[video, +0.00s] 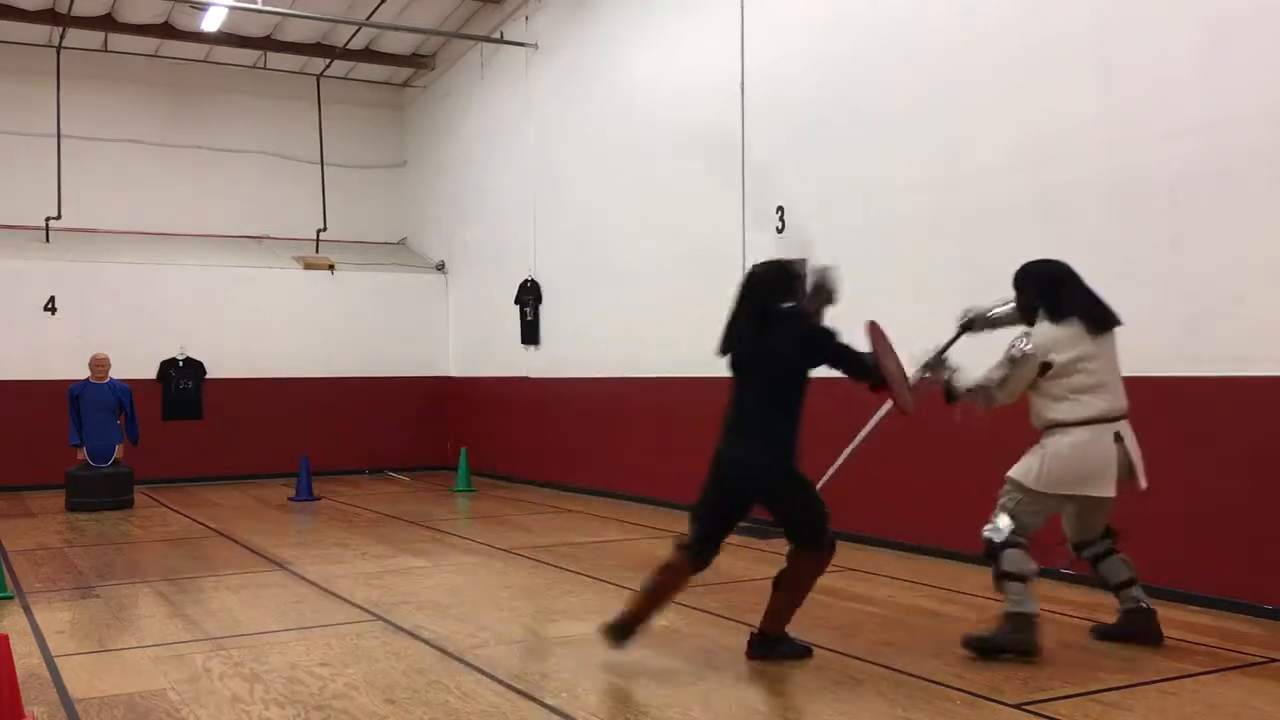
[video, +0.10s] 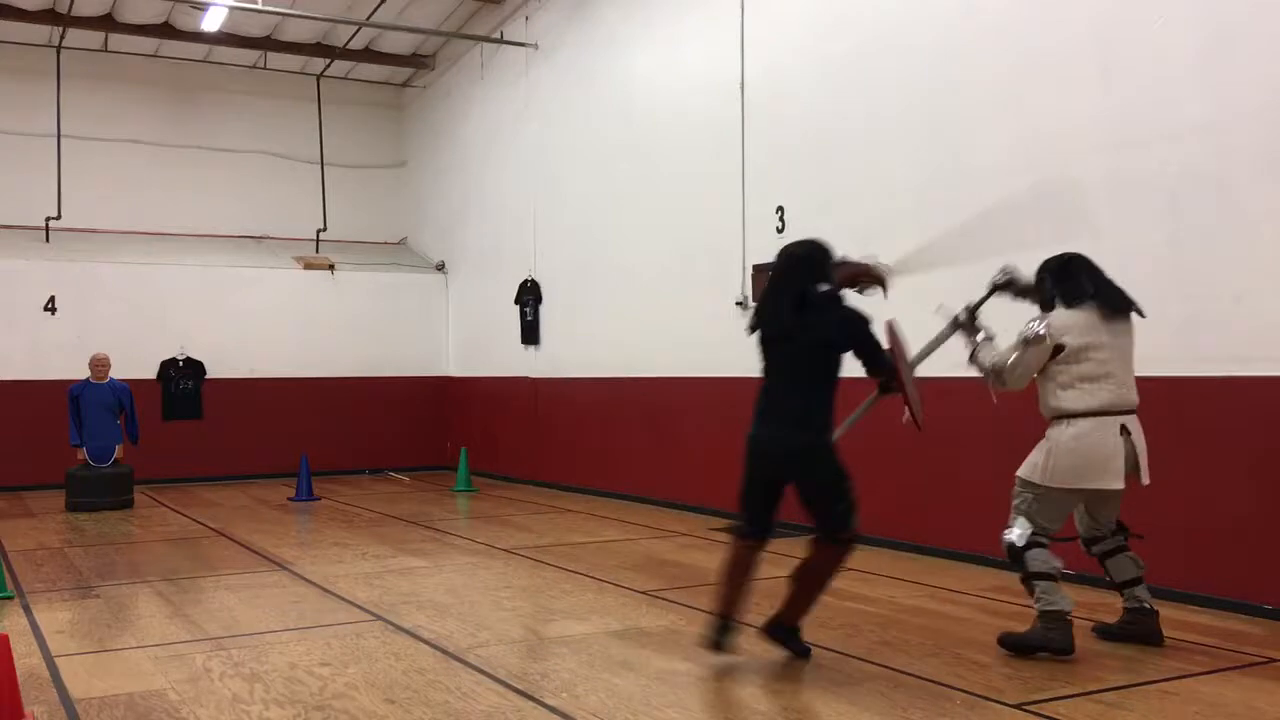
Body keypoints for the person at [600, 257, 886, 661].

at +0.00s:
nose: (805, 297)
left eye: (801, 288)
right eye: (800, 290)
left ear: (755, 296)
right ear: (793, 296)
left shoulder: (745, 331)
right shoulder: (804, 332)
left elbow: (790, 342)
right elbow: (861, 367)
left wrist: (813, 309)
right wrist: (886, 372)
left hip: (731, 460)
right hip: (772, 465)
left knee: (697, 549)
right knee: (815, 546)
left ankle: (628, 621)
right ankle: (769, 636)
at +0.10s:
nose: (836, 273)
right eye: (831, 267)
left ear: (785, 272)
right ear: (825, 274)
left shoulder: (773, 306)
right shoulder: (841, 315)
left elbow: (800, 283)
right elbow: (880, 367)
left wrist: (842, 276)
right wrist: (888, 378)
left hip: (764, 439)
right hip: (810, 443)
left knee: (750, 531)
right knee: (838, 535)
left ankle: (722, 621)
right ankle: (786, 621)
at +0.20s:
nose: (870, 271)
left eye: (867, 264)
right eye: (867, 264)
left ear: (821, 263)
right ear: (860, 269)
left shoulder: (805, 300)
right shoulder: (874, 309)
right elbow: (916, 360)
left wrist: (881, 292)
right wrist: (921, 324)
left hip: (796, 437)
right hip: (844, 439)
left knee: (791, 533)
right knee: (902, 526)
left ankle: (771, 636)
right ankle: (851, 616)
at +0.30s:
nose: (918, 276)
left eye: (916, 268)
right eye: (915, 269)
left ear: (868, 268)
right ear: (905, 273)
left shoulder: (849, 311)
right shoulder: (913, 317)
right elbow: (957, 351)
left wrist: (922, 319)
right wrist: (952, 324)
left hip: (837, 451)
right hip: (884, 452)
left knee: (817, 542)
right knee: (971, 535)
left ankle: (770, 637)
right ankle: (960, 649)